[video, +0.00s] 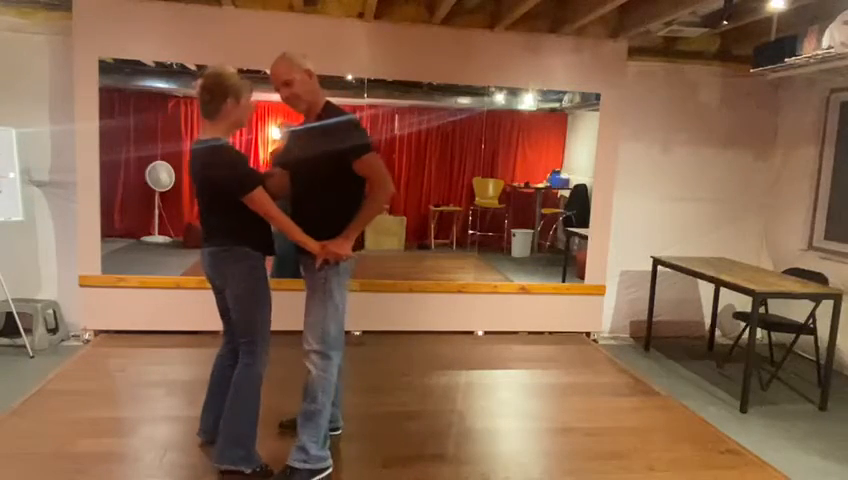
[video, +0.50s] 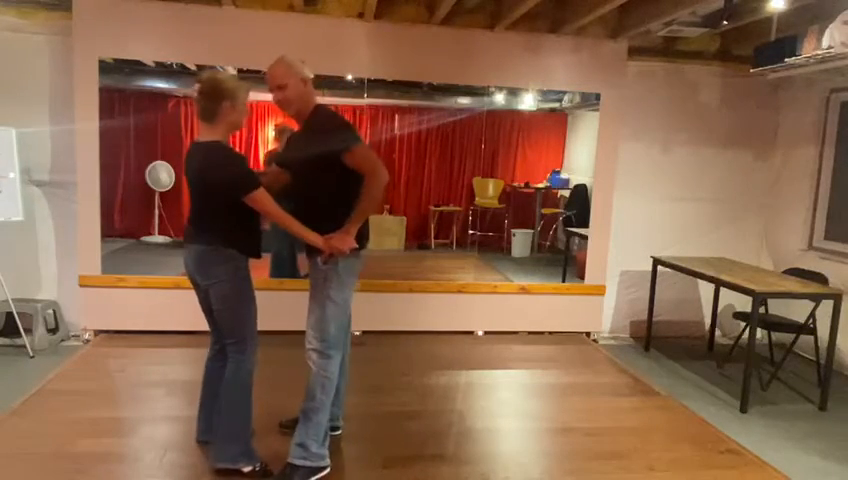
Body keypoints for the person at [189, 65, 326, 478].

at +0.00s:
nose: (250, 111)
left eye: (249, 103)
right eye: (246, 103)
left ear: (207, 105)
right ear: (230, 106)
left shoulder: (201, 153)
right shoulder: (227, 158)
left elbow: (252, 190)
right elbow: (270, 212)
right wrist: (314, 245)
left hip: (217, 256)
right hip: (242, 261)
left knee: (234, 343)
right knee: (253, 353)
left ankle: (212, 429)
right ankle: (236, 455)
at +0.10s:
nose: (247, 114)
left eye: (247, 106)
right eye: (244, 106)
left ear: (208, 107)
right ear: (228, 107)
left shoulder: (199, 154)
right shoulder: (223, 158)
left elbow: (251, 192)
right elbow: (267, 212)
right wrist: (311, 244)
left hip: (215, 256)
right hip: (239, 260)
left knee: (233, 343)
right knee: (253, 349)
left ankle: (212, 430)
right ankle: (237, 455)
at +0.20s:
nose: (246, 113)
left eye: (245, 105)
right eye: (243, 105)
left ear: (205, 107)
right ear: (225, 108)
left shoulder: (198, 154)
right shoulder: (221, 158)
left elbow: (247, 192)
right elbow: (265, 213)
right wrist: (310, 245)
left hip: (213, 256)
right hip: (235, 261)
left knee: (232, 343)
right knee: (253, 350)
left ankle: (211, 429)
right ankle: (237, 454)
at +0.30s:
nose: (245, 113)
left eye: (245, 106)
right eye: (242, 106)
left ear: (209, 109)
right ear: (225, 109)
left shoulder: (197, 155)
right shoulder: (221, 160)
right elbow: (266, 214)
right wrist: (311, 242)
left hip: (210, 257)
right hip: (233, 261)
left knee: (229, 343)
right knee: (251, 349)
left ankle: (211, 429)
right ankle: (238, 454)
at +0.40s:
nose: (246, 112)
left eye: (245, 105)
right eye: (242, 105)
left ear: (206, 108)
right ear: (226, 109)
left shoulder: (197, 154)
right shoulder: (223, 160)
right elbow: (266, 213)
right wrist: (314, 242)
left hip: (205, 255)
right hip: (228, 260)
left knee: (226, 343)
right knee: (247, 350)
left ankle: (210, 429)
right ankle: (236, 455)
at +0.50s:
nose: (246, 113)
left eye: (246, 106)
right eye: (243, 106)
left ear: (206, 109)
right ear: (228, 110)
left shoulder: (197, 154)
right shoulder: (226, 159)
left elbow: (247, 190)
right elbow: (269, 210)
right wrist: (318, 241)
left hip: (201, 256)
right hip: (224, 260)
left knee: (223, 345)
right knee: (241, 348)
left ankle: (210, 431)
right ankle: (233, 454)